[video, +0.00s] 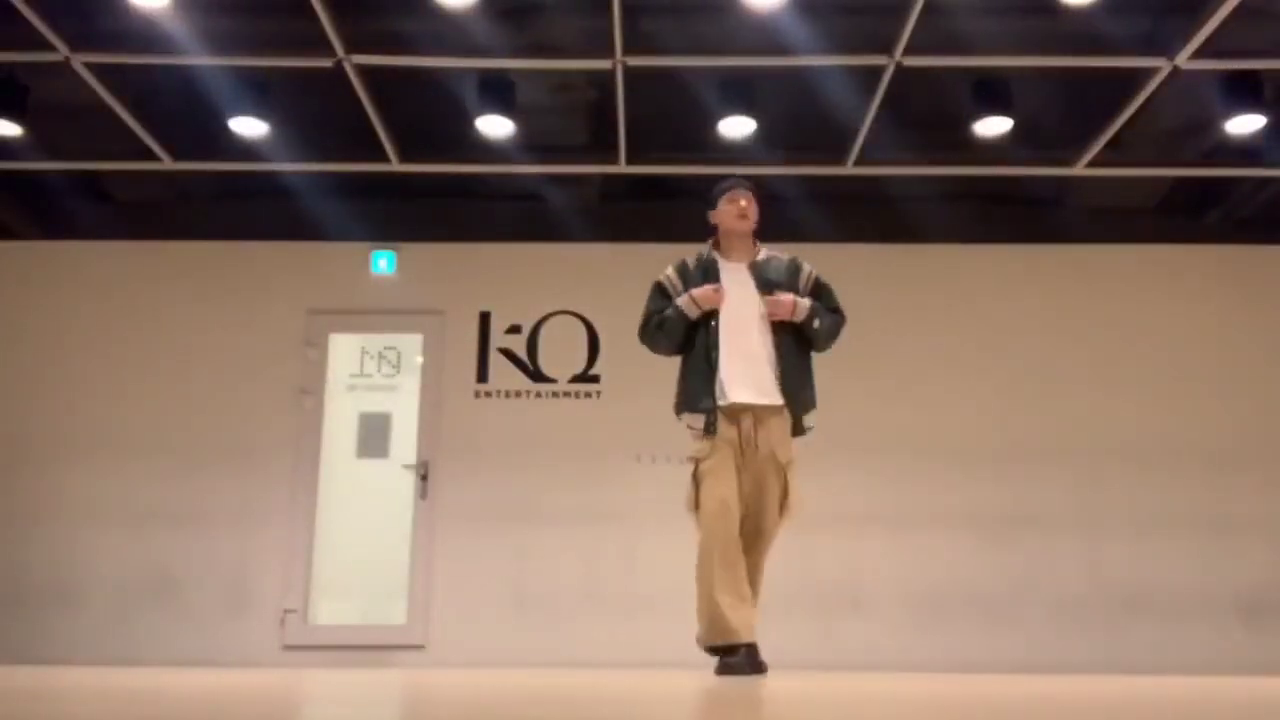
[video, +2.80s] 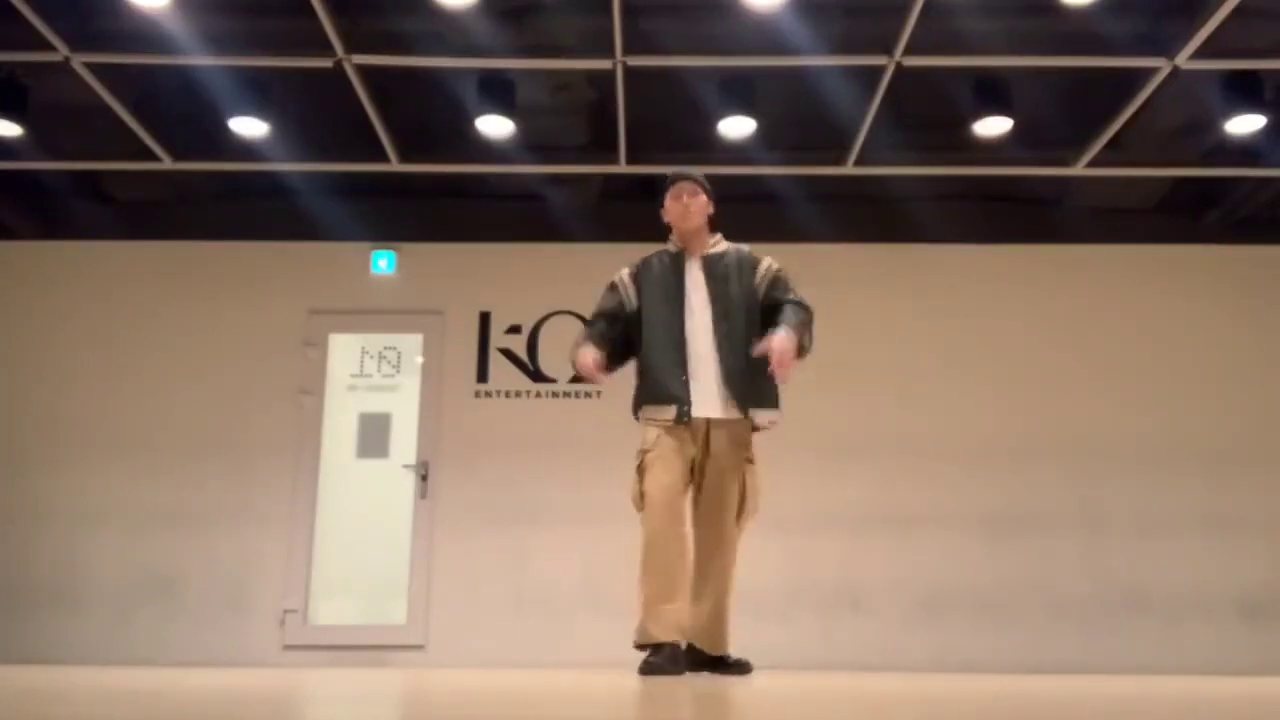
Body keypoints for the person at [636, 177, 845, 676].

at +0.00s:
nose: (742, 205)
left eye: (748, 199)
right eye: (731, 200)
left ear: (759, 214)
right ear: (713, 217)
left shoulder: (792, 271)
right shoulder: (685, 275)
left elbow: (831, 327)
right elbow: (655, 337)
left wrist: (802, 312)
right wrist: (689, 306)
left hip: (773, 416)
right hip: (715, 416)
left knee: (760, 527)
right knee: (719, 520)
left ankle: (727, 630)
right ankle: (735, 641)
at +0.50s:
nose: (760, 243)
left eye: (761, 237)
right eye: (750, 235)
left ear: (755, 251)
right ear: (722, 243)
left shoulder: (760, 308)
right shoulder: (684, 284)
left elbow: (773, 387)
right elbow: (659, 323)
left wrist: (788, 353)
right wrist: (714, 294)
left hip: (739, 431)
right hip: (690, 423)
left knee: (741, 536)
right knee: (688, 525)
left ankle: (720, 649)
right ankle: (662, 641)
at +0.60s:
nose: (751, 244)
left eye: (752, 238)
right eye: (742, 236)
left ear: (741, 248)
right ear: (715, 241)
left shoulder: (735, 307)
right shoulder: (684, 277)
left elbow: (730, 373)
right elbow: (655, 330)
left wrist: (764, 377)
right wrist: (723, 338)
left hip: (728, 432)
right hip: (684, 424)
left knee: (736, 537)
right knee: (682, 525)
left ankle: (718, 648)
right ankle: (646, 634)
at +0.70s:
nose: (740, 247)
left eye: (740, 239)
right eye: (733, 237)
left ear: (719, 243)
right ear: (706, 239)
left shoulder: (720, 299)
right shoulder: (672, 281)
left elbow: (723, 364)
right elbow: (661, 349)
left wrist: (739, 393)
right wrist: (702, 386)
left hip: (718, 430)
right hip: (674, 426)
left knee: (725, 536)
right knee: (672, 530)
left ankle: (714, 647)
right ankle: (636, 632)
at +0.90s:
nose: (715, 253)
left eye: (714, 246)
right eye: (708, 244)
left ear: (690, 250)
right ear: (680, 246)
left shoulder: (700, 312)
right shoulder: (640, 299)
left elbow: (701, 379)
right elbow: (625, 370)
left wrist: (716, 408)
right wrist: (631, 435)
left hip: (695, 449)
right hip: (650, 446)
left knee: (722, 536)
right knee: (645, 546)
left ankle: (715, 647)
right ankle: (627, 644)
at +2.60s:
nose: (702, 200)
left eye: (711, 194)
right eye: (693, 195)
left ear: (726, 211)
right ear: (680, 213)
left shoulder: (758, 274)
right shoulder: (651, 274)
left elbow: (779, 344)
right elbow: (628, 344)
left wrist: (764, 402)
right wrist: (630, 395)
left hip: (733, 422)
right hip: (670, 420)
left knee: (723, 535)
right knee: (669, 513)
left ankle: (708, 645)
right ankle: (647, 625)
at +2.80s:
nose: (683, 202)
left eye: (692, 195)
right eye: (675, 197)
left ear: (710, 207)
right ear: (664, 213)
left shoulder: (748, 266)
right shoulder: (643, 274)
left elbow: (793, 307)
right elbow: (607, 325)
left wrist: (787, 335)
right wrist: (590, 351)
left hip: (730, 420)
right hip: (667, 419)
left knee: (719, 530)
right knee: (663, 516)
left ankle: (707, 644)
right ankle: (664, 642)